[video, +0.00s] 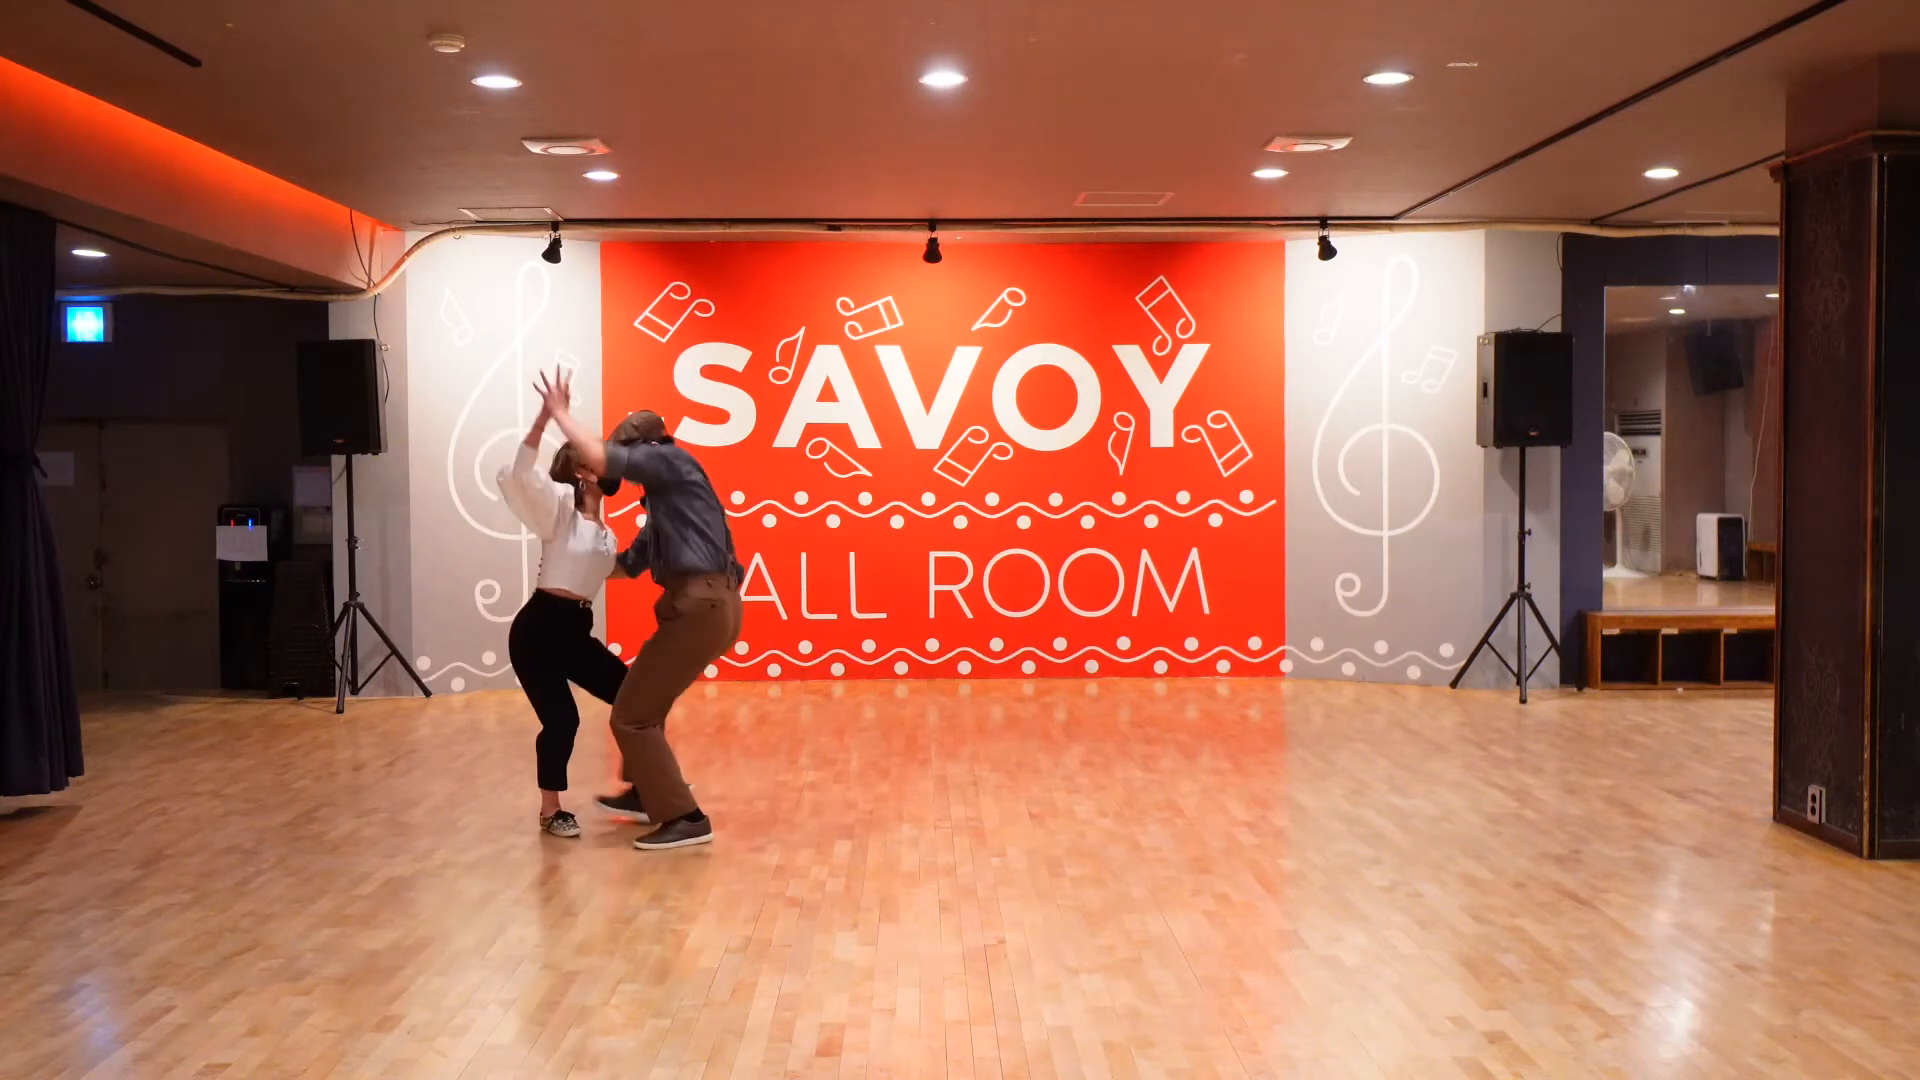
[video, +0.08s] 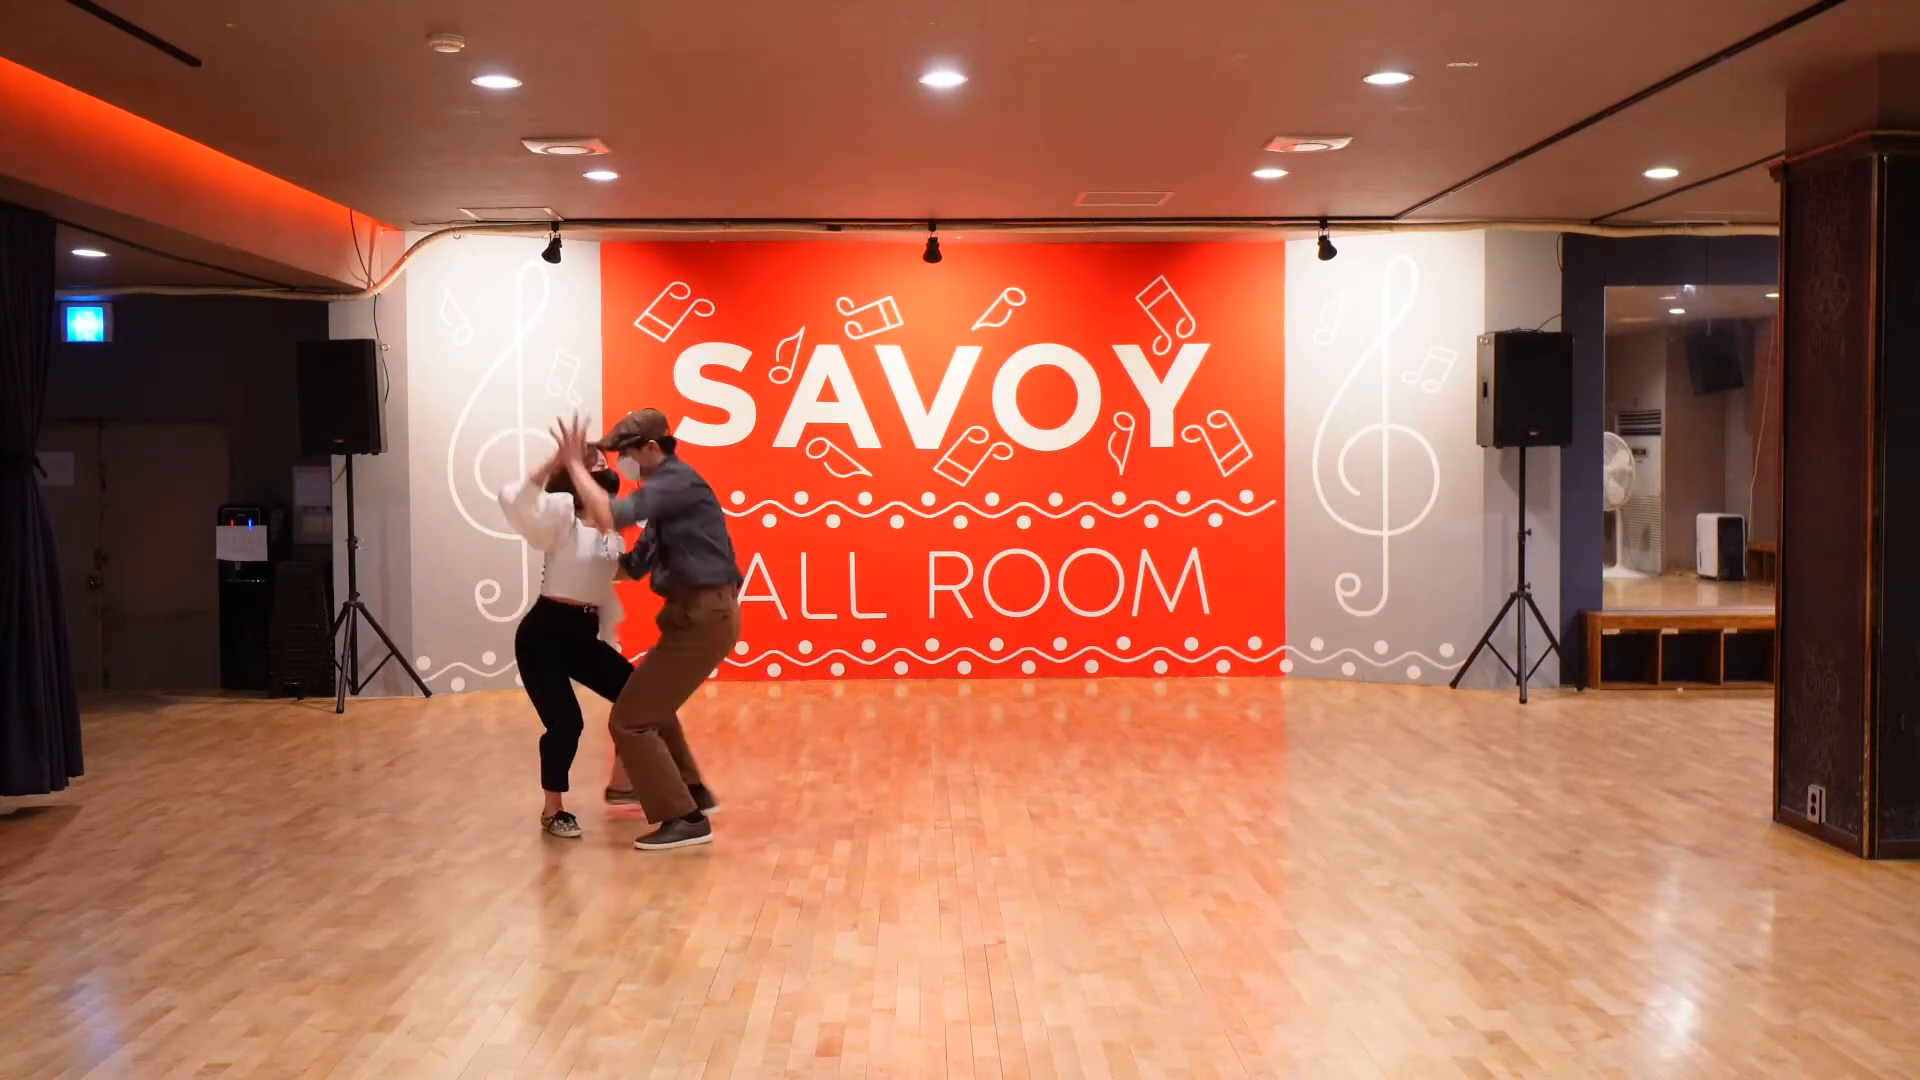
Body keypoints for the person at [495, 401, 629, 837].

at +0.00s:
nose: (599, 469)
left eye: (598, 464)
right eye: (590, 465)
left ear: (598, 478)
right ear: (577, 476)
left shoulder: (605, 535)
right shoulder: (559, 507)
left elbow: (626, 569)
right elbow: (520, 478)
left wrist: (655, 537)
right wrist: (542, 419)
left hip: (575, 632)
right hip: (537, 627)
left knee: (635, 693)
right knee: (561, 719)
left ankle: (637, 783)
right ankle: (550, 810)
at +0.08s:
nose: (600, 473)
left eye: (602, 468)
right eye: (591, 468)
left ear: (608, 483)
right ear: (571, 482)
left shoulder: (610, 533)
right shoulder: (559, 515)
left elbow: (607, 600)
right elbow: (517, 506)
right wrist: (554, 466)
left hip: (581, 635)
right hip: (543, 632)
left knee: (639, 692)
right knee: (565, 722)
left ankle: (622, 780)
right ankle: (552, 810)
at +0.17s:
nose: (604, 480)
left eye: (604, 473)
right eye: (595, 473)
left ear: (605, 480)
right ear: (571, 480)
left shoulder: (613, 528)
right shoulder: (553, 517)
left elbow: (640, 579)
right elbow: (516, 545)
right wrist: (558, 524)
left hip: (589, 639)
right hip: (550, 637)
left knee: (637, 703)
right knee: (572, 721)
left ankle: (615, 791)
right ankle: (554, 809)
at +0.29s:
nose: (611, 474)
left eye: (609, 467)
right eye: (602, 469)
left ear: (593, 478)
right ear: (581, 480)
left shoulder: (618, 513)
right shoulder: (554, 540)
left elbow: (652, 508)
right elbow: (550, 606)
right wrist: (581, 593)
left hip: (600, 627)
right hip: (560, 636)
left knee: (640, 695)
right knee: (579, 704)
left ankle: (616, 790)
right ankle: (562, 799)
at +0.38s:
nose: (614, 476)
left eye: (613, 468)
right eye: (606, 472)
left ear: (593, 476)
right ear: (582, 480)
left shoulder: (617, 501)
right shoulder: (563, 539)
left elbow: (647, 471)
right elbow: (568, 598)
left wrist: (688, 430)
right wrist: (595, 615)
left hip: (608, 607)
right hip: (568, 620)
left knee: (635, 692)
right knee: (577, 697)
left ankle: (614, 790)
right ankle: (572, 798)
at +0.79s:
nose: (609, 479)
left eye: (609, 472)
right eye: (602, 473)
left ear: (590, 483)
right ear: (583, 483)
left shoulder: (610, 506)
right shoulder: (552, 539)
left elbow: (646, 492)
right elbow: (552, 598)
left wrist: (665, 445)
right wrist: (573, 640)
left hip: (607, 617)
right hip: (566, 631)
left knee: (644, 699)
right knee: (585, 713)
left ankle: (616, 791)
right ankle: (560, 812)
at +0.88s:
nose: (608, 472)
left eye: (606, 465)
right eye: (601, 468)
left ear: (581, 478)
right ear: (582, 478)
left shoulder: (606, 516)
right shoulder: (548, 533)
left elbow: (642, 533)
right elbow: (541, 575)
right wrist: (552, 605)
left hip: (597, 628)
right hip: (557, 635)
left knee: (642, 700)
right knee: (582, 718)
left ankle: (615, 790)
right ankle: (560, 812)